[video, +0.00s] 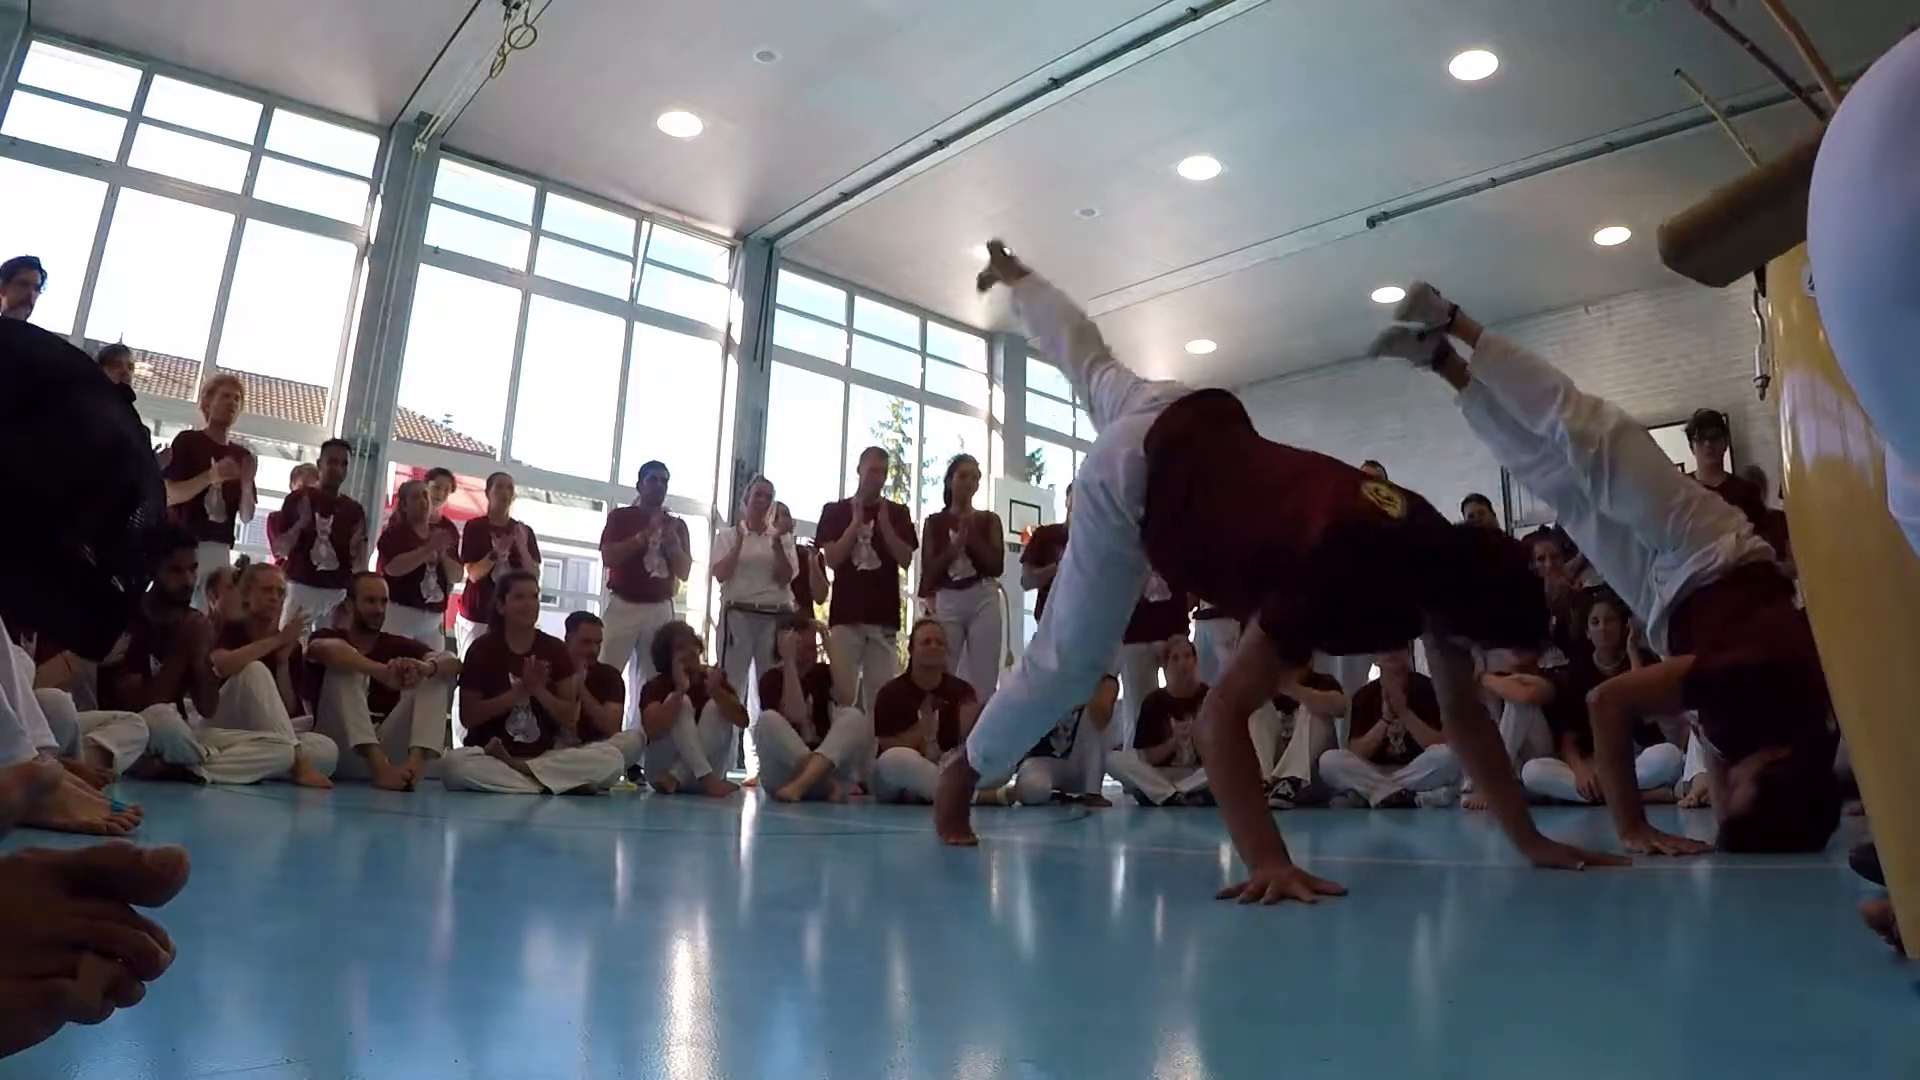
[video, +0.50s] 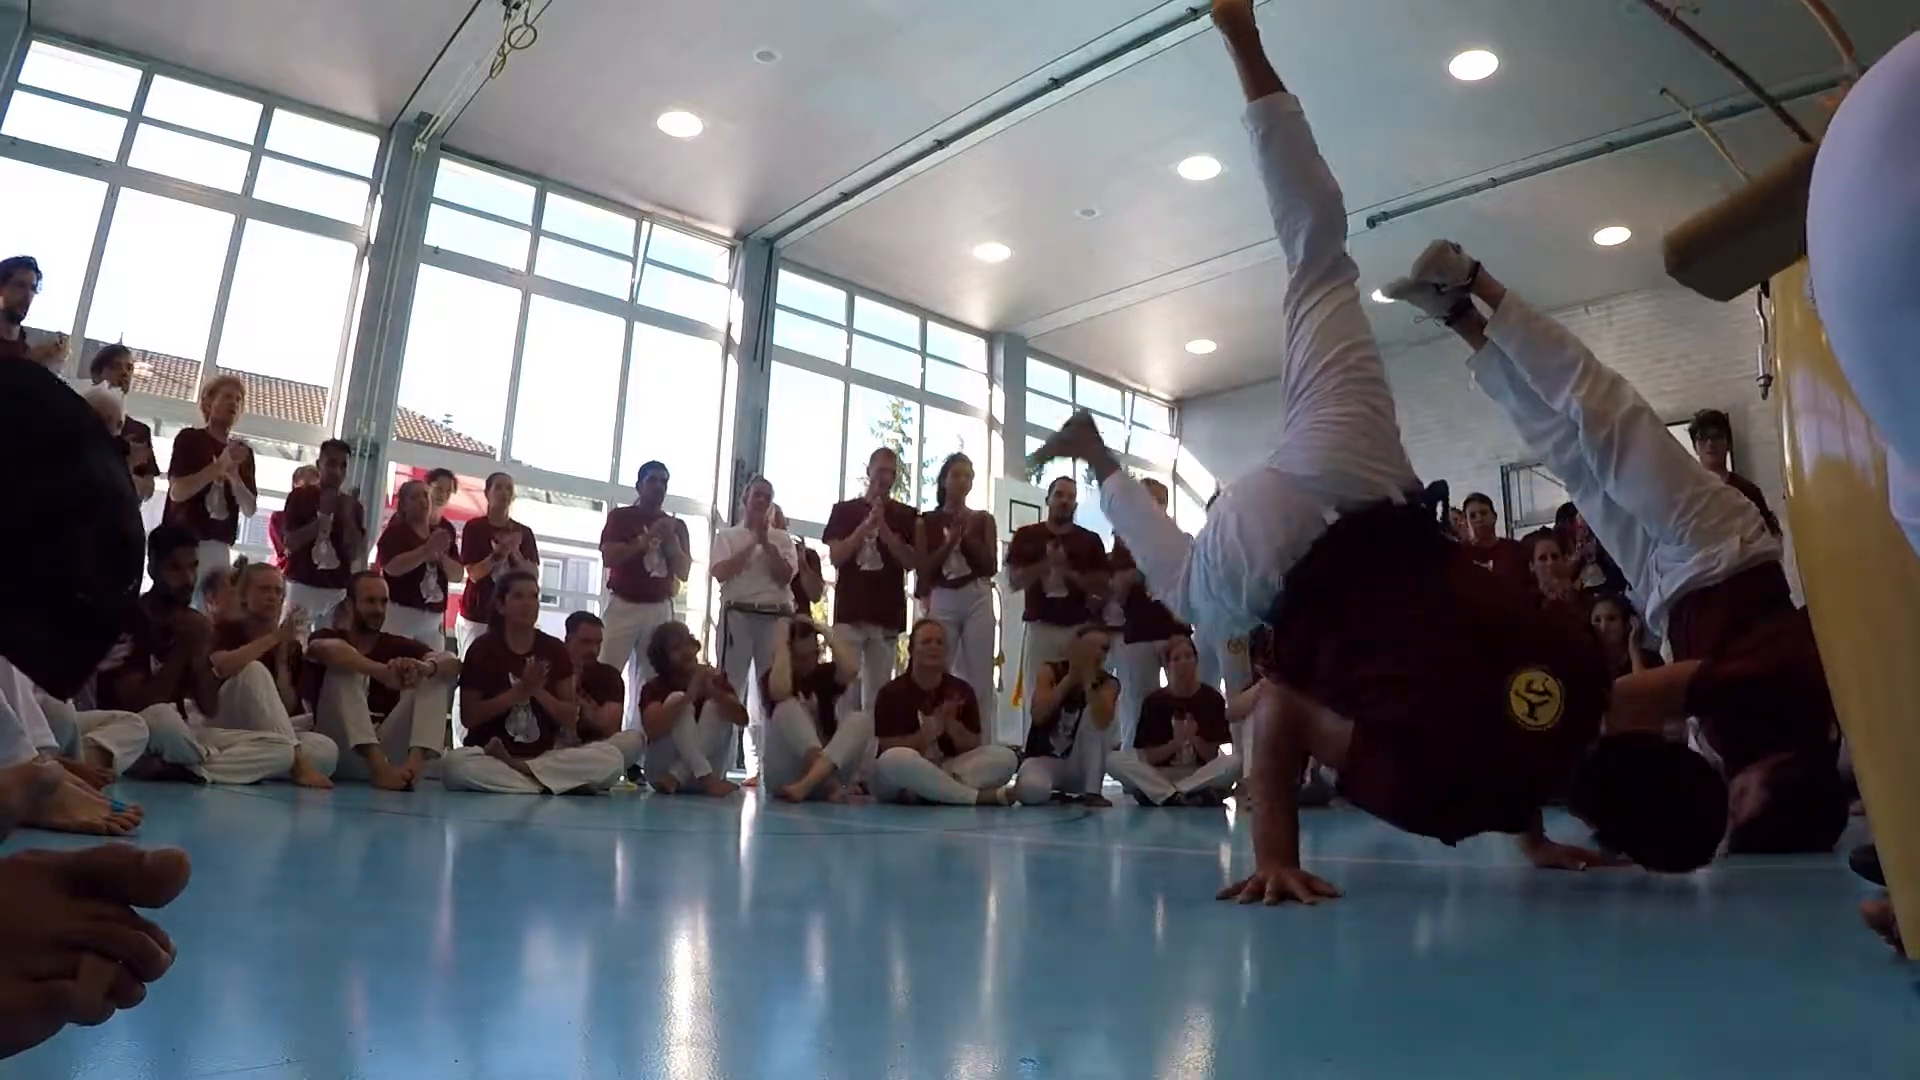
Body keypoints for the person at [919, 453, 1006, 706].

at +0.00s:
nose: (970, 482)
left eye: (975, 477)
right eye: (963, 476)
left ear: (979, 483)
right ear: (950, 480)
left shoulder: (989, 520)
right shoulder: (935, 522)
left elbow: (996, 567)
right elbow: (929, 572)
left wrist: (971, 537)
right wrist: (954, 546)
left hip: (984, 598)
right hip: (947, 599)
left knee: (984, 684)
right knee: (942, 680)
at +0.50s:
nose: (963, 480)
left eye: (968, 476)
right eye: (957, 474)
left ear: (973, 482)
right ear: (944, 479)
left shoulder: (983, 520)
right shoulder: (928, 521)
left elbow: (989, 568)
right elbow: (924, 569)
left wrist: (967, 538)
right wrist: (950, 541)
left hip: (979, 599)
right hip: (942, 599)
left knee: (980, 678)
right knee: (939, 675)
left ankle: (983, 746)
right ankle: (938, 746)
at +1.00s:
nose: (962, 482)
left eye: (967, 477)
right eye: (956, 475)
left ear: (972, 483)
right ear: (943, 480)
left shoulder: (982, 521)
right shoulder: (925, 522)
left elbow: (988, 567)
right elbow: (922, 569)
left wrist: (965, 540)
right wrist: (944, 540)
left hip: (978, 599)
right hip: (941, 598)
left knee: (980, 678)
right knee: (938, 675)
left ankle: (983, 747)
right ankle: (936, 747)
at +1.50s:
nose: (967, 482)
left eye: (972, 477)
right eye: (961, 476)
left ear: (978, 483)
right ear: (948, 480)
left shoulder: (987, 520)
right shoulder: (931, 522)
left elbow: (993, 567)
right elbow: (926, 569)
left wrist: (969, 541)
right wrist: (947, 541)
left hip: (981, 596)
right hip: (945, 597)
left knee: (982, 678)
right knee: (942, 675)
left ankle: (984, 750)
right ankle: (939, 748)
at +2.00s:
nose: (970, 481)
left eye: (975, 477)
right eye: (963, 475)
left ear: (980, 483)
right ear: (950, 480)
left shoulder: (990, 521)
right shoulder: (934, 521)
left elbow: (1000, 562)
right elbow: (928, 565)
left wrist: (981, 536)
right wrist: (953, 540)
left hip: (986, 605)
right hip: (947, 603)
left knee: (983, 676)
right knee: (943, 672)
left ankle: (984, 746)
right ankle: (940, 741)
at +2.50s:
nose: (962, 480)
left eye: (968, 475)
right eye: (956, 475)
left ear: (973, 482)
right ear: (944, 480)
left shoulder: (984, 520)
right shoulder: (927, 520)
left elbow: (987, 562)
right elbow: (920, 565)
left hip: (973, 593)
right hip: (940, 593)